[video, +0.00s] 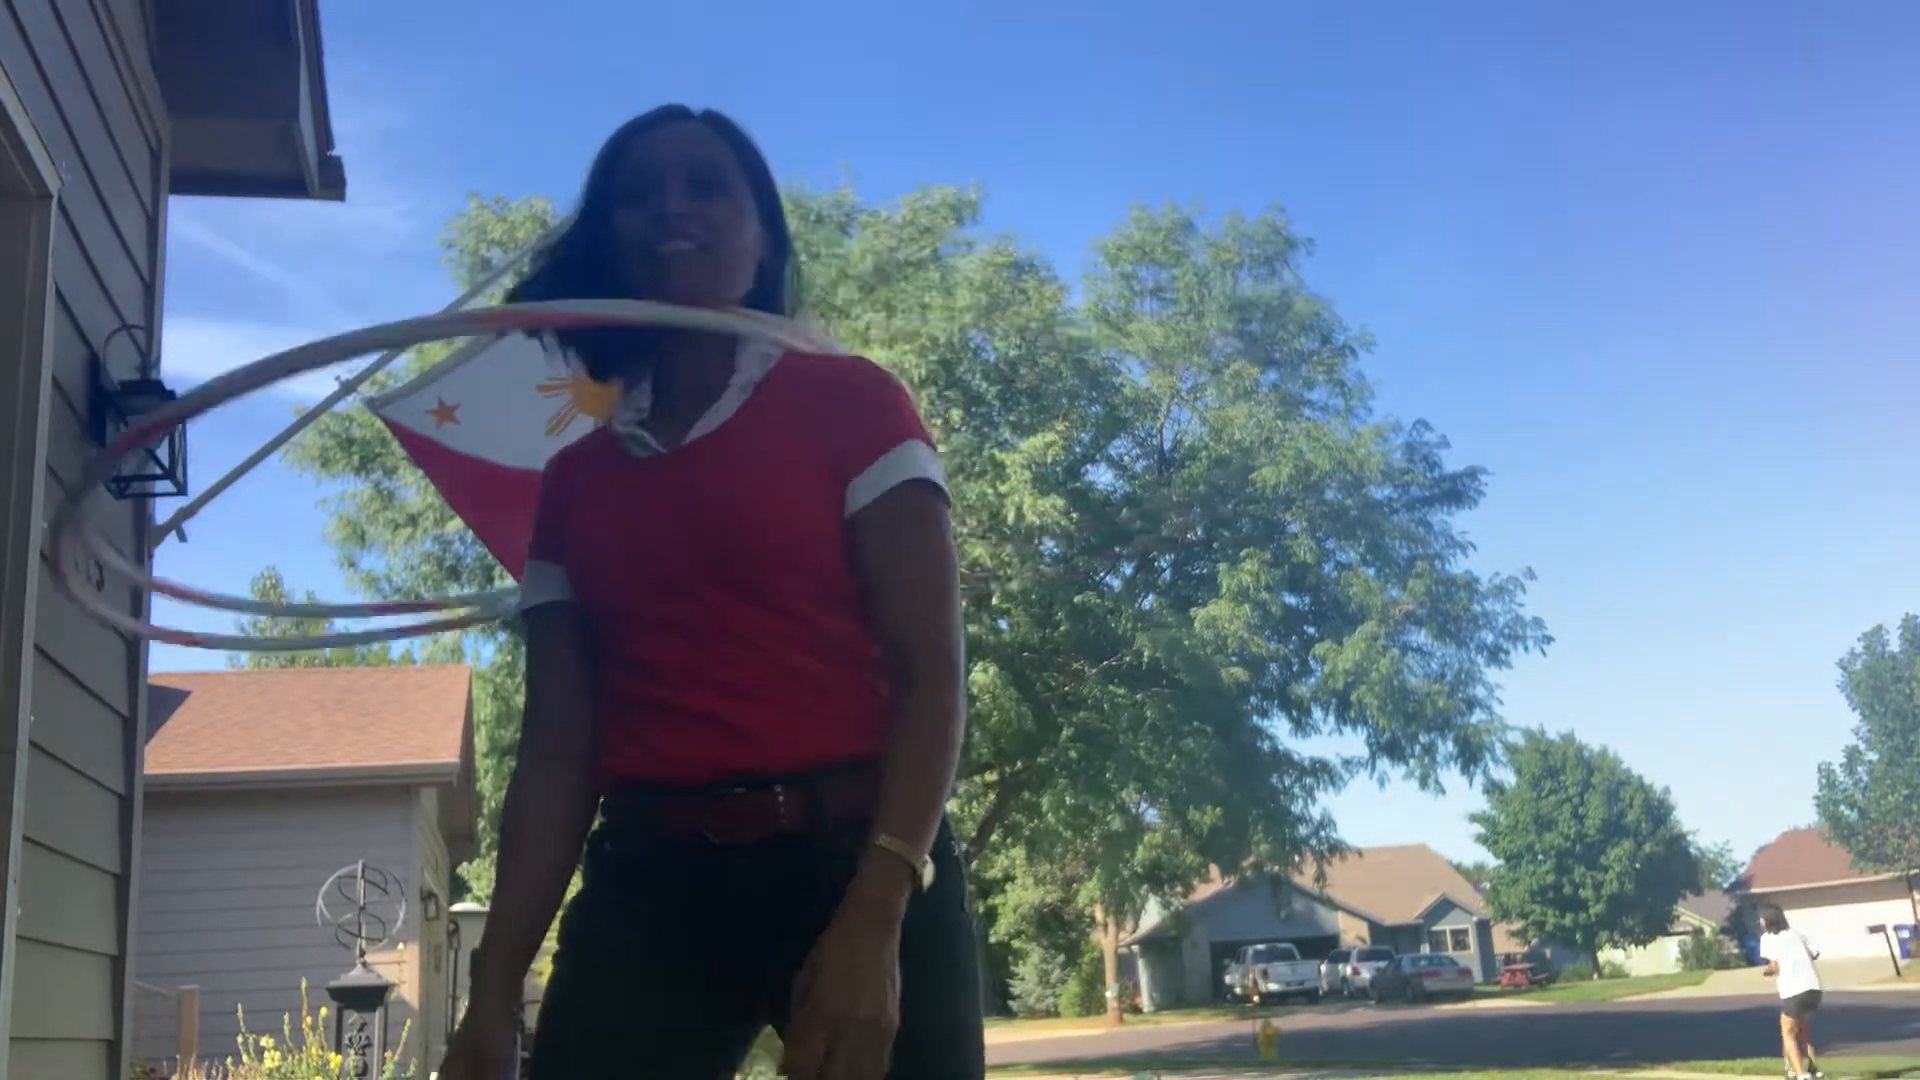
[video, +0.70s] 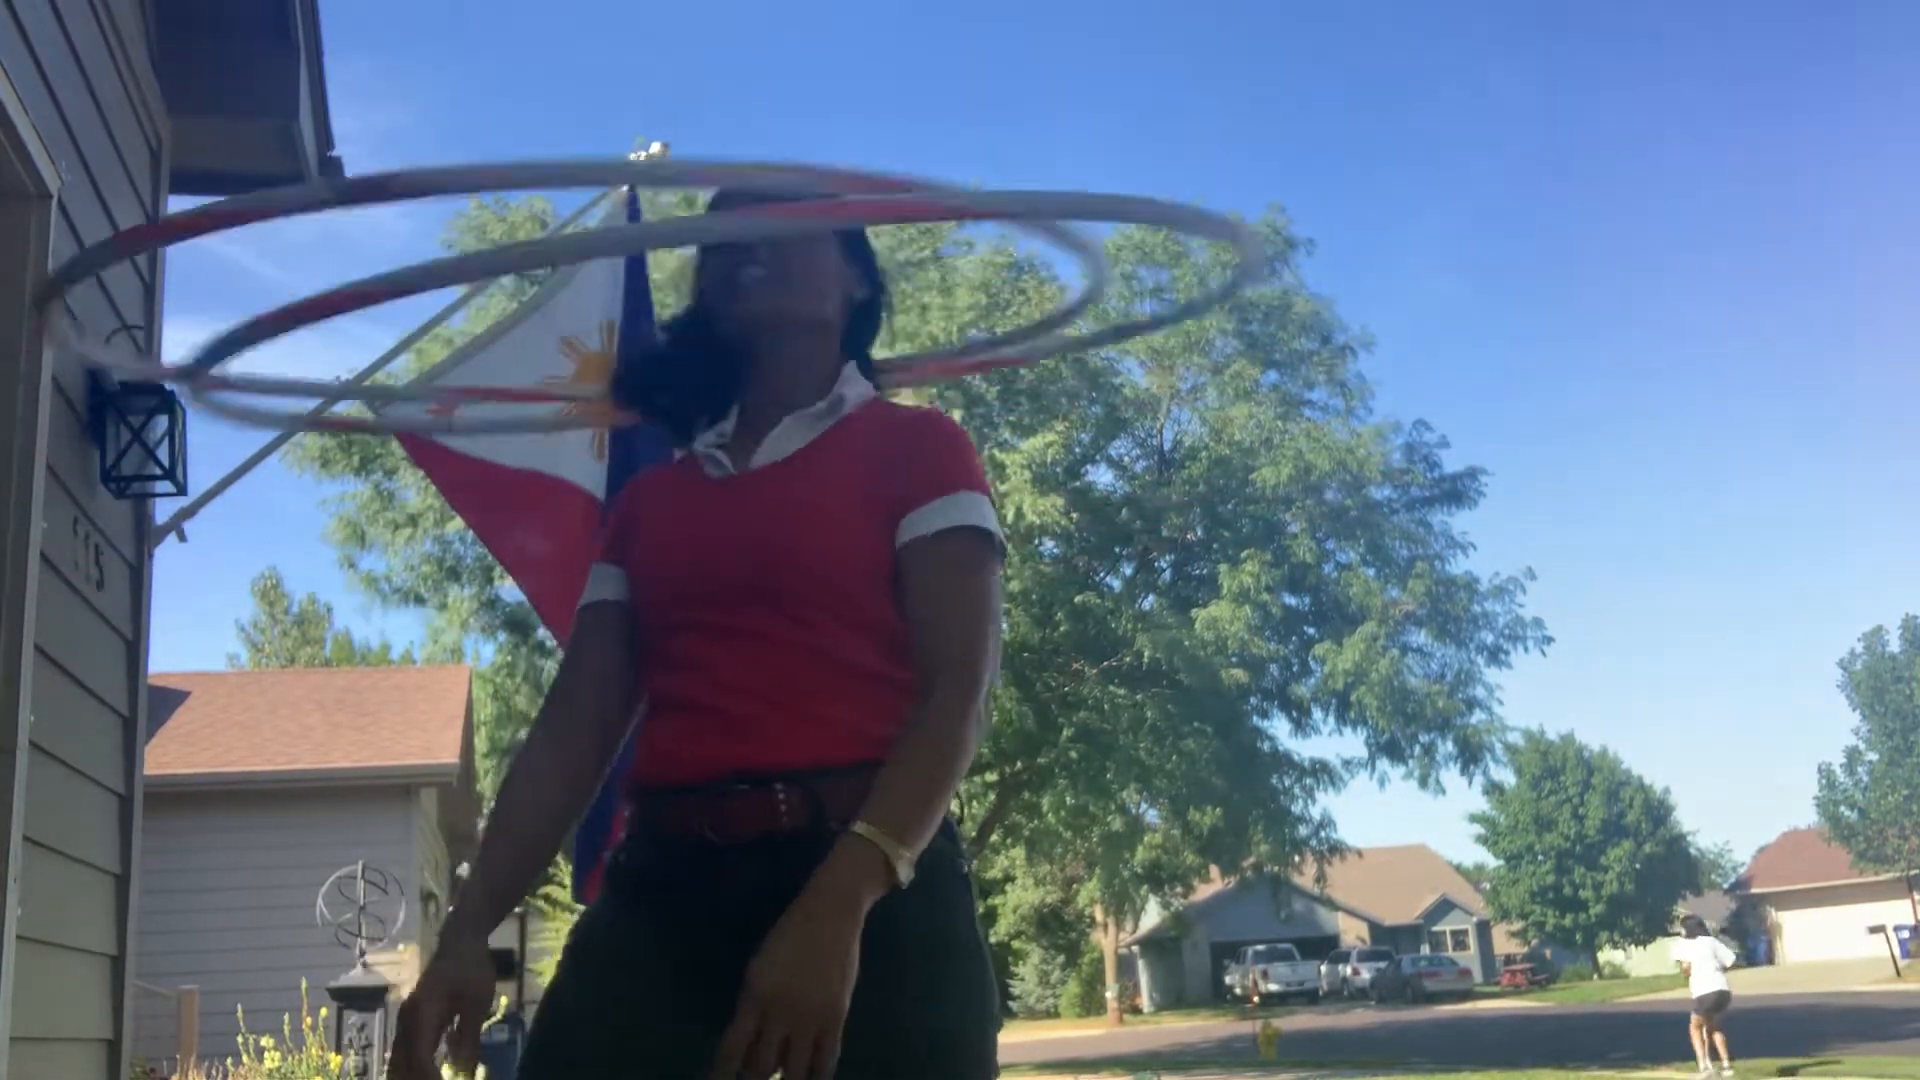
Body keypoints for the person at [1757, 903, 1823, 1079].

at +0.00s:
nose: (1760, 924)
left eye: (1761, 920)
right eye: (1760, 920)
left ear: (1766, 922)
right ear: (1781, 918)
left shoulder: (1767, 939)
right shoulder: (1795, 932)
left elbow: (1774, 966)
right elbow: (1814, 953)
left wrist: (1767, 971)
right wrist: (1799, 963)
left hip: (1793, 991)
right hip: (1814, 987)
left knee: (1788, 1032)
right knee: (1802, 1029)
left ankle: (1800, 1073)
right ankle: (1812, 1065)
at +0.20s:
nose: (1742, 928)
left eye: (1743, 925)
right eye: (1742, 925)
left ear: (1747, 926)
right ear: (1765, 924)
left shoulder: (1746, 943)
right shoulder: (1774, 941)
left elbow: (1747, 969)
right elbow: (1791, 959)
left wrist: (1743, 972)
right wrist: (1775, 968)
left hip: (1770, 992)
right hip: (1789, 989)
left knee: (1777, 1032)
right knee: (1776, 1028)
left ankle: (1798, 1071)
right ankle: (1788, 1065)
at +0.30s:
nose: (1734, 935)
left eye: (1735, 932)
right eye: (1733, 932)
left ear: (1740, 933)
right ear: (1756, 931)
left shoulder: (1737, 948)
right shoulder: (1765, 946)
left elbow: (1736, 972)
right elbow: (1784, 964)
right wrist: (1766, 972)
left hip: (1759, 993)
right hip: (1777, 991)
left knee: (1770, 1033)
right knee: (1757, 1027)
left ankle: (1795, 1069)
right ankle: (1775, 1066)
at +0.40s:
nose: (1727, 936)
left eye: (1728, 932)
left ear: (1728, 933)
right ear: (1744, 931)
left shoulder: (1724, 945)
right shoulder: (1754, 944)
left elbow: (1724, 970)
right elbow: (1772, 966)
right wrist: (1754, 970)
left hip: (1744, 991)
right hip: (1763, 988)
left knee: (1755, 1030)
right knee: (1748, 1028)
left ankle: (1781, 1062)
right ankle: (1763, 1065)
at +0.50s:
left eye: (1716, 929)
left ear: (1718, 930)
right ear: (1734, 929)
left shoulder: (1715, 942)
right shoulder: (1743, 942)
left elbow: (1712, 966)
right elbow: (1760, 965)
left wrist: (1713, 972)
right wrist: (1743, 970)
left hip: (1731, 988)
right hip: (1750, 987)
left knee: (1737, 1032)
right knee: (1736, 1029)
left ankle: (1763, 1053)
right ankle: (1752, 1064)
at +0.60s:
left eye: (1699, 929)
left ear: (1700, 929)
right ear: (1715, 927)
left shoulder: (1696, 942)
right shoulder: (1725, 941)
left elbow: (1697, 964)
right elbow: (1742, 962)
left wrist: (1697, 973)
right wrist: (1728, 970)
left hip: (1714, 988)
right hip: (1734, 987)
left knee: (1711, 1028)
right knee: (1725, 1026)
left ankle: (1732, 1056)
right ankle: (1735, 1062)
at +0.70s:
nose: (1684, 933)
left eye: (1684, 930)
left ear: (1687, 930)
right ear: (1701, 927)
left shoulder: (1686, 944)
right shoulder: (1712, 941)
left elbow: (1686, 967)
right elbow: (1730, 960)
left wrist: (1686, 976)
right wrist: (1717, 970)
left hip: (1704, 990)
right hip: (1723, 988)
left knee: (1696, 1026)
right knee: (1714, 1026)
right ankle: (1726, 1064)